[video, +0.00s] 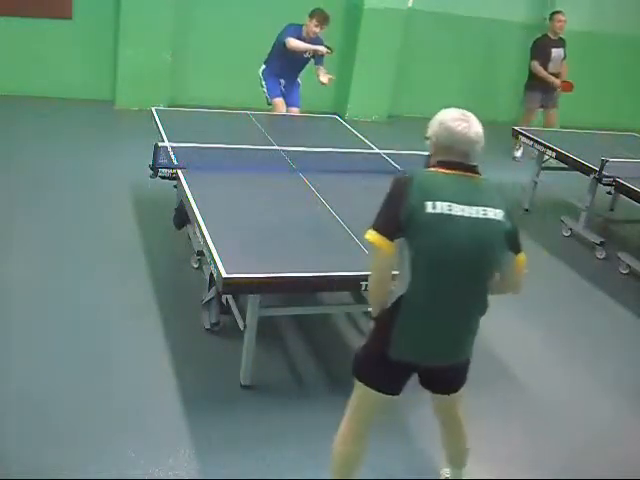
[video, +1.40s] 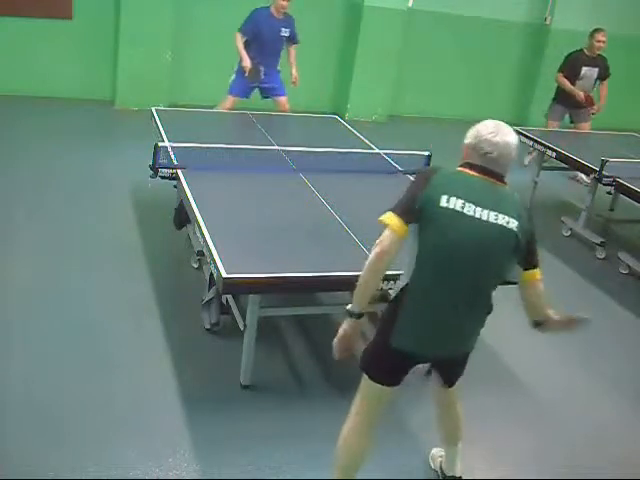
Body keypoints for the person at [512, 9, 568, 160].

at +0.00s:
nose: (561, 24)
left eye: (563, 22)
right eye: (558, 21)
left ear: (565, 24)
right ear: (550, 23)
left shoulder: (561, 42)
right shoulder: (539, 42)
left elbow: (563, 63)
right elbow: (534, 65)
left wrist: (562, 81)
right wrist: (553, 80)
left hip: (552, 85)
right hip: (535, 85)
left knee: (551, 119)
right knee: (529, 116)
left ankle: (546, 150)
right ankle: (519, 144)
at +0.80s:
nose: (576, 35)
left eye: (579, 32)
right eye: (573, 31)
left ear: (581, 33)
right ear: (566, 31)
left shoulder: (579, 51)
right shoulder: (551, 48)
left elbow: (582, 72)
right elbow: (541, 69)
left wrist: (582, 94)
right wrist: (557, 85)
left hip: (567, 93)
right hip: (548, 91)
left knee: (571, 127)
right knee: (540, 125)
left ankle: (557, 154)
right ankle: (535, 151)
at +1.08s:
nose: (583, 37)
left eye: (586, 34)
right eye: (580, 34)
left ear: (588, 36)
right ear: (573, 34)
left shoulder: (586, 54)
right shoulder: (559, 51)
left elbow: (587, 75)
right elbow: (548, 72)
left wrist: (587, 93)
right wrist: (564, 84)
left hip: (572, 97)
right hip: (553, 95)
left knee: (574, 131)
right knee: (542, 128)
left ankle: (572, 161)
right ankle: (535, 152)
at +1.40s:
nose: (601, 45)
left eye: (603, 42)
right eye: (598, 41)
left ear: (605, 44)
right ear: (590, 41)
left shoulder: (602, 62)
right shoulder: (575, 57)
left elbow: (603, 83)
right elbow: (559, 77)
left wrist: (600, 104)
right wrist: (575, 92)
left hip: (583, 102)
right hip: (562, 99)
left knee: (584, 137)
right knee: (550, 131)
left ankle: (578, 169)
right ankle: (536, 153)